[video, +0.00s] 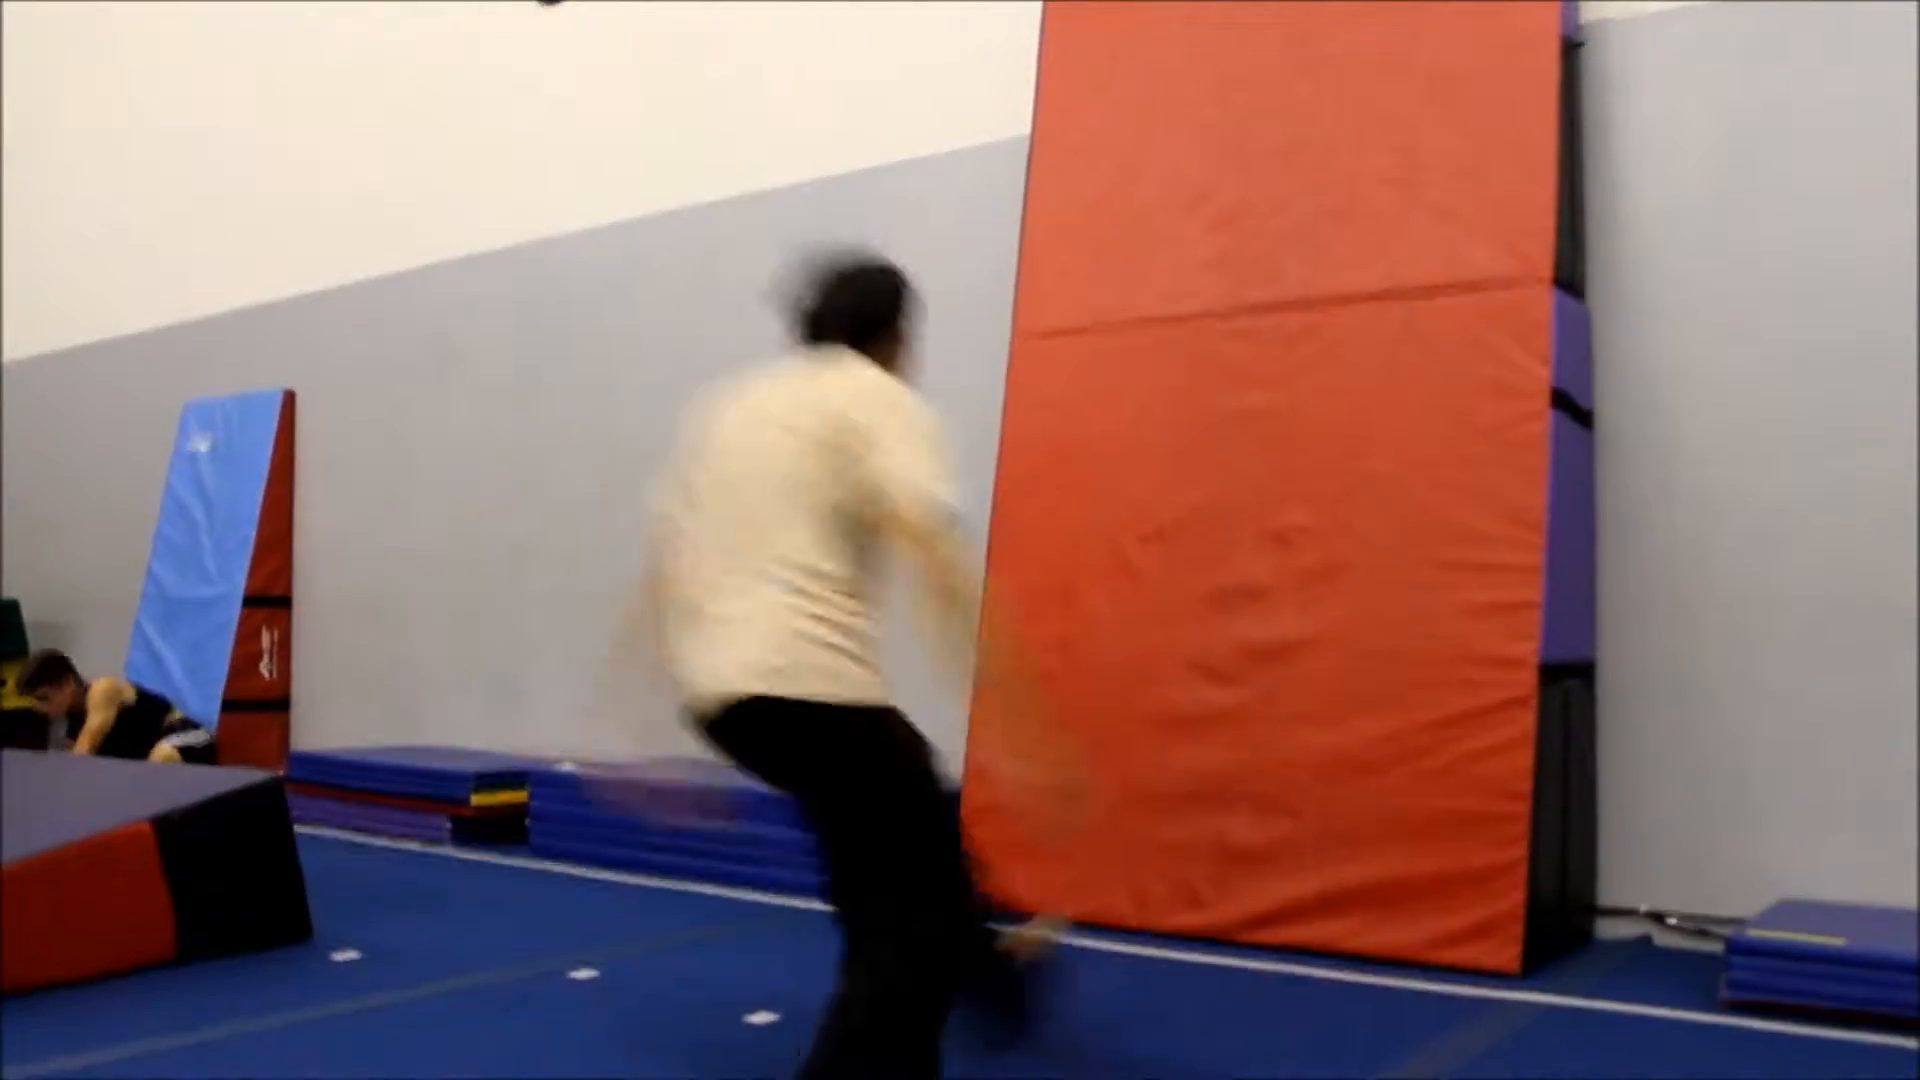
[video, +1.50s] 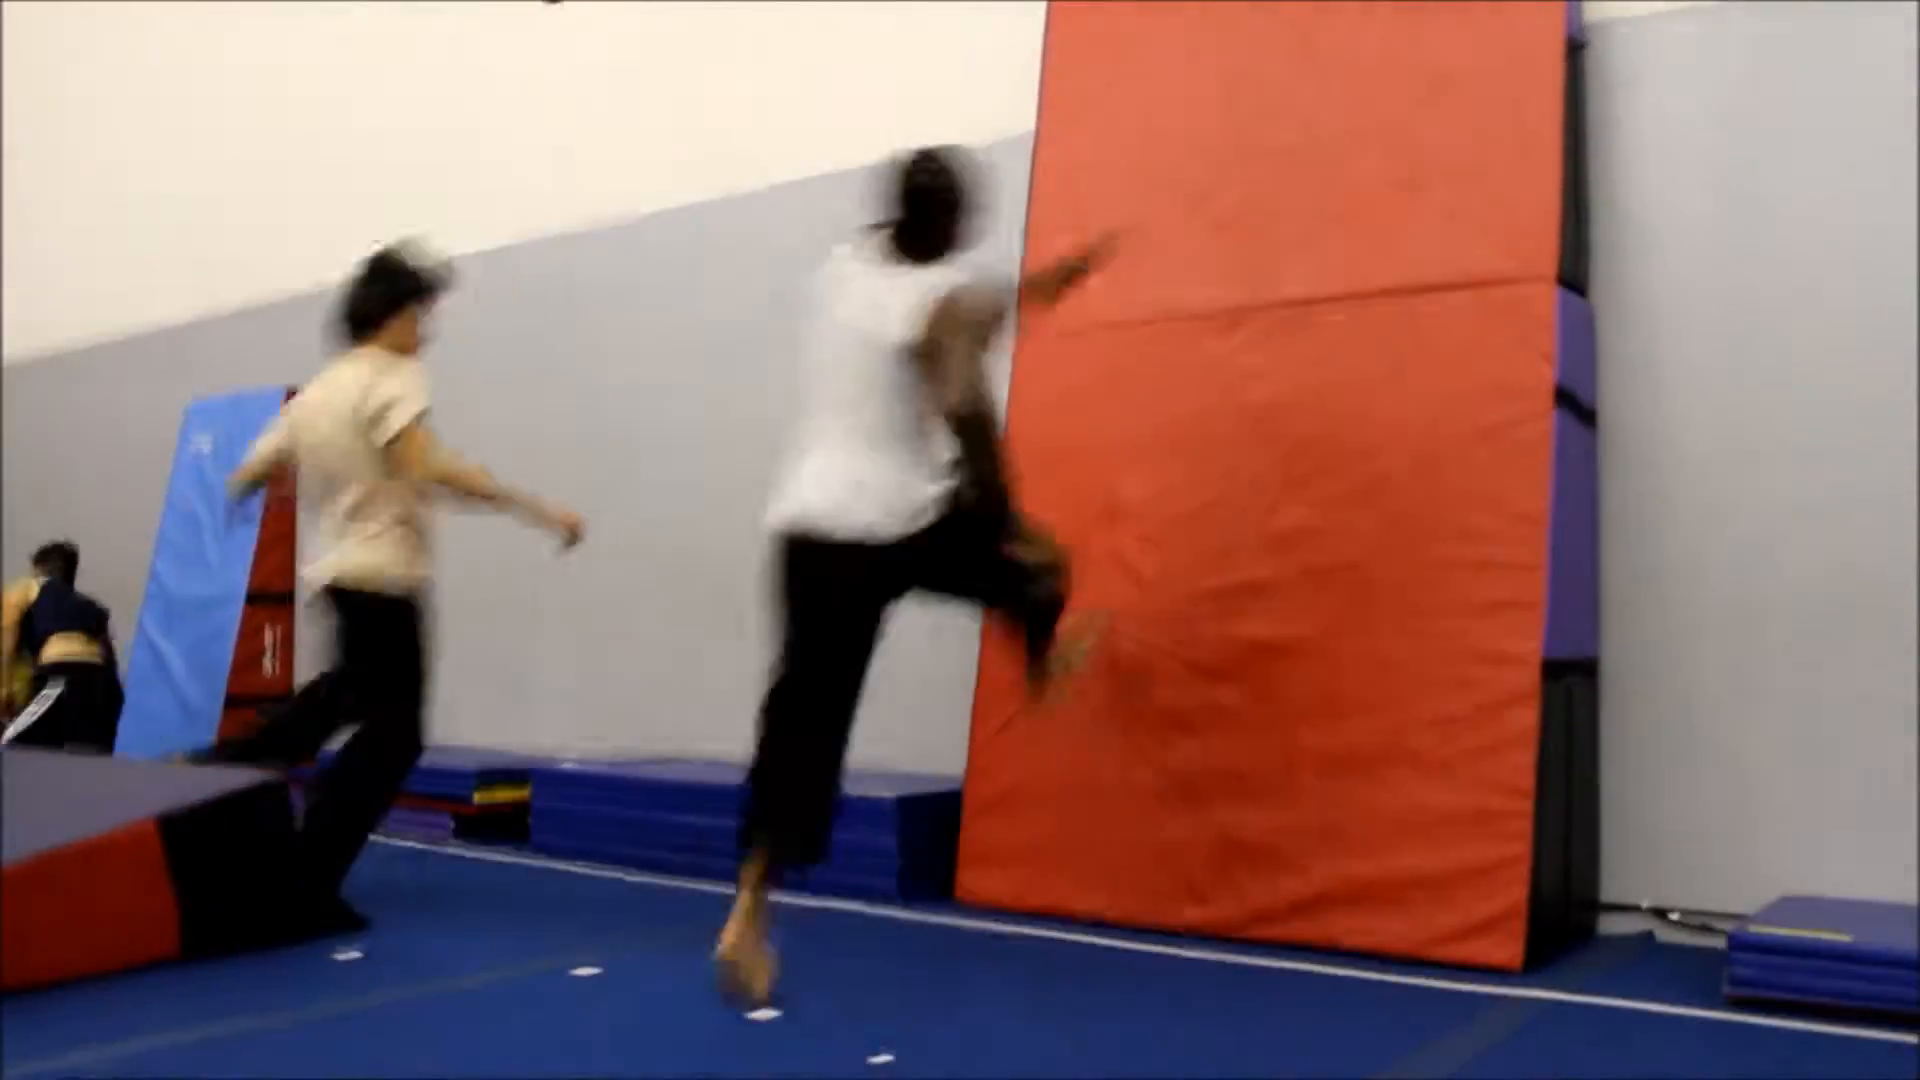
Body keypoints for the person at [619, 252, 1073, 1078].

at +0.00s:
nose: (910, 353)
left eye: (908, 337)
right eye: (906, 337)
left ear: (814, 324)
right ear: (889, 333)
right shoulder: (875, 398)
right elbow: (933, 541)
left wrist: (668, 670)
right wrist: (1006, 671)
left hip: (717, 686)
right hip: (812, 681)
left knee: (915, 809)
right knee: (903, 861)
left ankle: (983, 973)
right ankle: (871, 1060)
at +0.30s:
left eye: (964, 335)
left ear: (964, 336)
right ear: (1022, 299)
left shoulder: (972, 385)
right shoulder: (1066, 316)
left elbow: (991, 456)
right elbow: (1150, 335)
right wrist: (1220, 334)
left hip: (1036, 497)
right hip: (1109, 464)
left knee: (1072, 690)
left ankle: (1092, 889)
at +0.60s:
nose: (834, 409)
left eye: (825, 403)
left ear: (835, 403)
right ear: (839, 340)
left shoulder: (918, 422)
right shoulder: (900, 303)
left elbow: (1022, 478)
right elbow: (979, 285)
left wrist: (1103, 524)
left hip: (1102, 359)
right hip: (1069, 279)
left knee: (1027, 405)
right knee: (1018, 254)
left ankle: (1157, 283)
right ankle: (1163, 210)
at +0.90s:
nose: (866, 435)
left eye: (878, 426)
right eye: (859, 425)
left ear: (907, 408)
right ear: (843, 401)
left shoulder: (947, 410)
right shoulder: (817, 387)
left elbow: (1022, 467)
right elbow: (768, 440)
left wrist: (1104, 520)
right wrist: (736, 515)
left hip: (873, 506)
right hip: (807, 472)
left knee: (813, 620)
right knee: (736, 568)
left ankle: (742, 739)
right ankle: (662, 681)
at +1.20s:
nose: (706, 386)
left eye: (715, 374)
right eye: (699, 370)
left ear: (715, 374)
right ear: (671, 362)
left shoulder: (668, 431)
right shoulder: (626, 410)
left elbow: (675, 524)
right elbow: (566, 503)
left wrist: (728, 586)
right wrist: (579, 601)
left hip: (629, 608)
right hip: (584, 608)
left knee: (685, 733)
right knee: (610, 751)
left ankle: (733, 865)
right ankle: (622, 877)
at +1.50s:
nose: (962, 224)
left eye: (949, 209)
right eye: (962, 212)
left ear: (893, 211)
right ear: (960, 221)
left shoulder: (846, 274)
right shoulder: (950, 298)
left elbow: (968, 305)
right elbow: (967, 420)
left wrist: (1048, 286)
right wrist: (1009, 520)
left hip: (812, 527)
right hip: (898, 525)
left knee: (802, 717)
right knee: (1032, 571)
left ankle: (745, 920)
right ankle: (1040, 658)